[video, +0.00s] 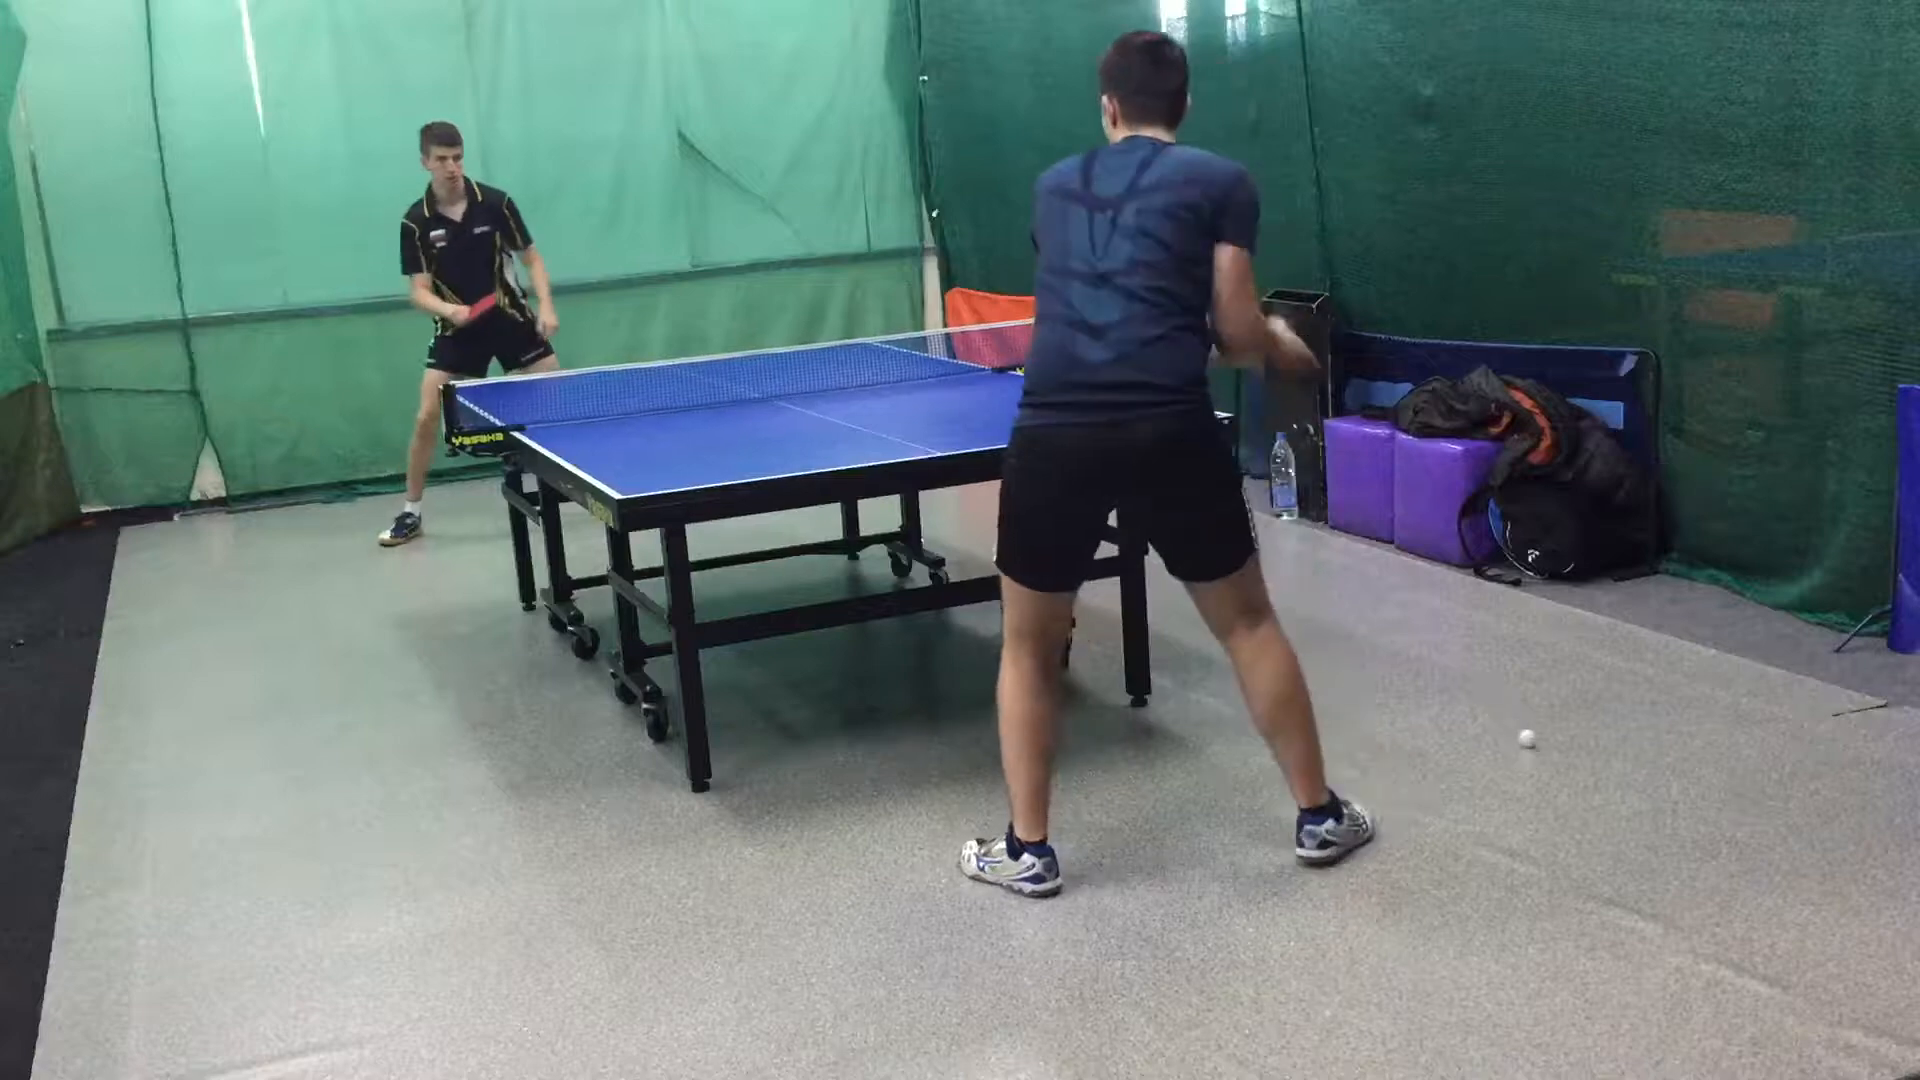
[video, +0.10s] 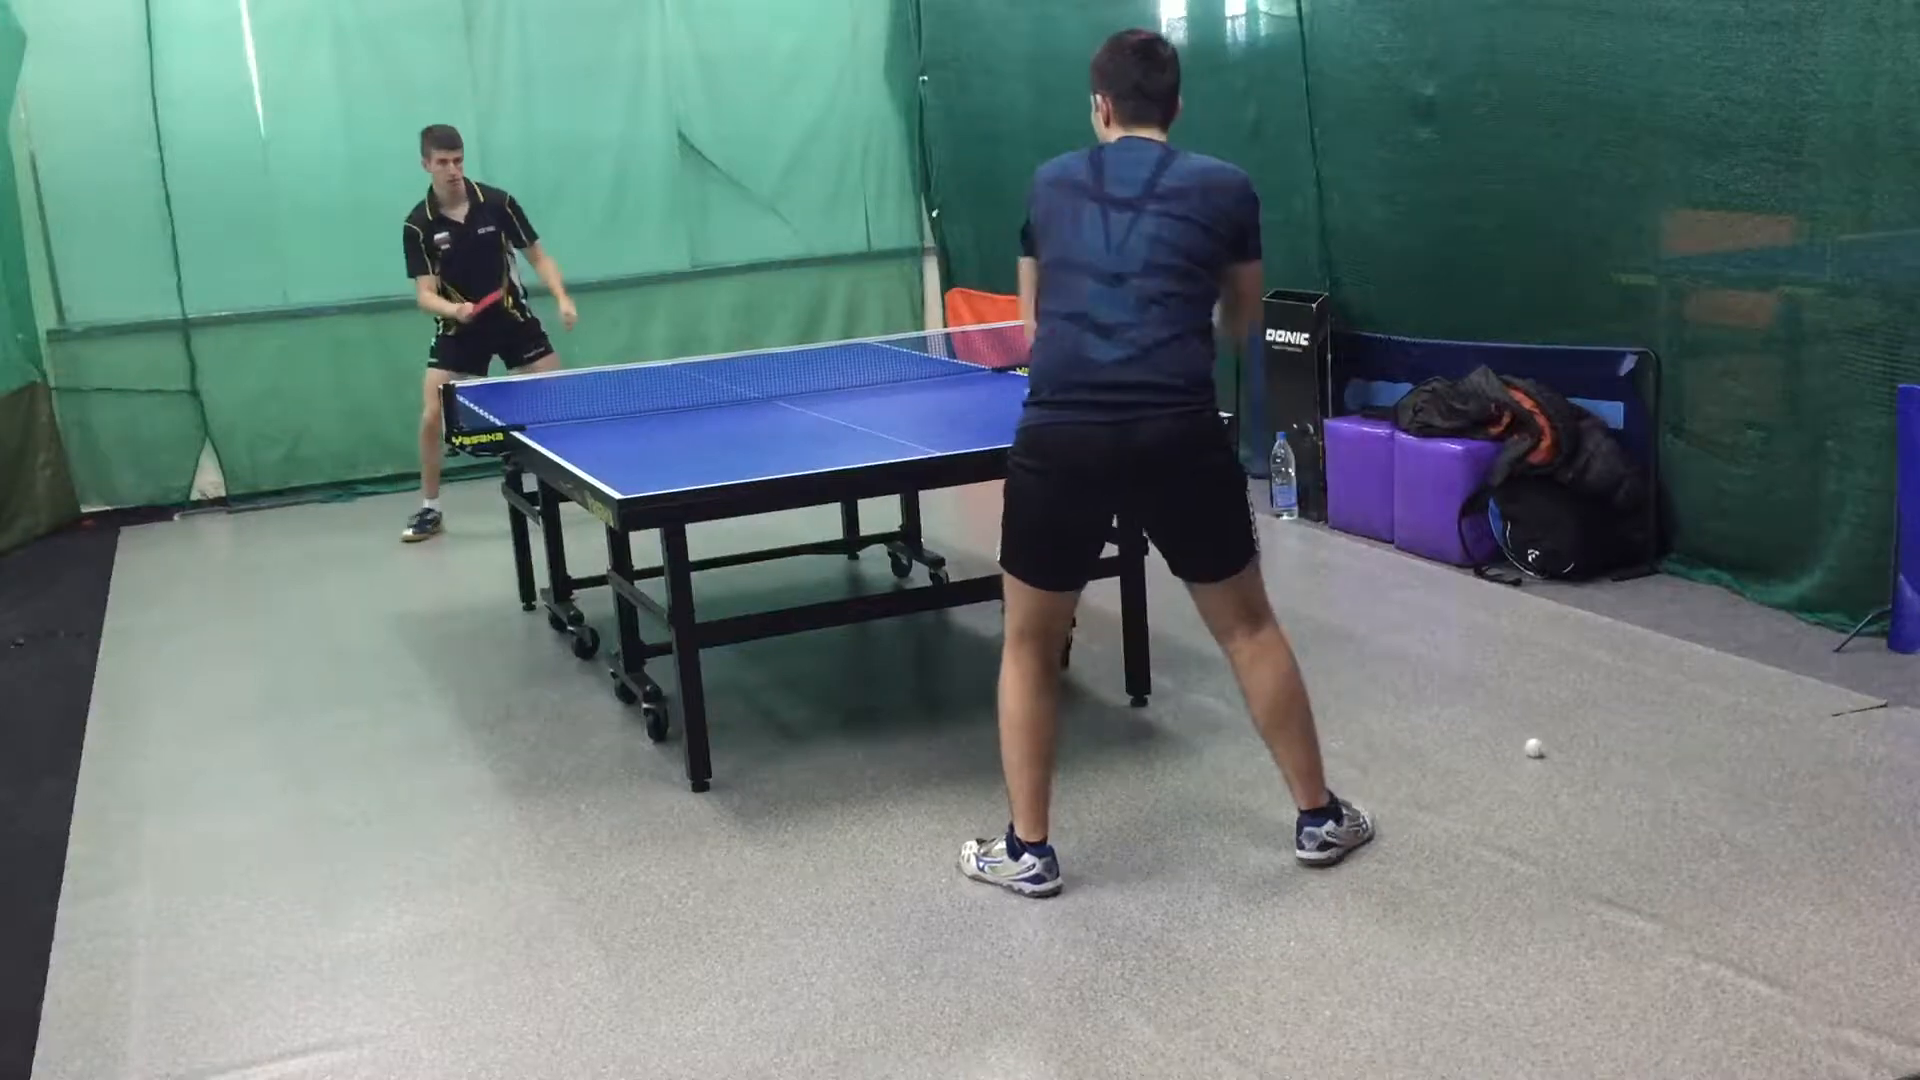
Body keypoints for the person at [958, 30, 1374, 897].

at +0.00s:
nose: (1118, 113)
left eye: (1109, 99)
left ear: (1106, 105)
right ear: (1187, 107)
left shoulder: (1055, 184)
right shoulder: (1220, 181)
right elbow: (1236, 332)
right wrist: (1285, 349)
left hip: (1053, 448)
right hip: (1170, 442)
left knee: (1029, 648)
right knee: (1248, 624)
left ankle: (1029, 848)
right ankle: (1317, 813)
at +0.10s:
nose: (1099, 110)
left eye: (1096, 100)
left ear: (1100, 105)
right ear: (1178, 107)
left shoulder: (1052, 182)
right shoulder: (1225, 188)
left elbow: (1035, 324)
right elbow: (1241, 322)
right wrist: (1185, 299)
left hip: (1059, 451)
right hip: (1177, 446)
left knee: (1030, 645)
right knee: (1250, 628)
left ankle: (1029, 848)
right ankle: (1317, 816)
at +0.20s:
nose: (1080, 110)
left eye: (1081, 97)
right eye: (1088, 98)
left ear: (1089, 105)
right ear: (1166, 107)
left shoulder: (1050, 177)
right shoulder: (1219, 185)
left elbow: (994, 310)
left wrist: (1042, 379)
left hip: (1074, 442)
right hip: (1192, 435)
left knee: (1030, 646)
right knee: (1252, 626)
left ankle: (1028, 848)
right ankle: (1318, 813)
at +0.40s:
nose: (1064, 125)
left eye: (1064, 114)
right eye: (1070, 113)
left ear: (1078, 117)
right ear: (1149, 118)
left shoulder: (1054, 184)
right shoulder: (1203, 194)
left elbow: (989, 309)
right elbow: (1193, 305)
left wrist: (1017, 388)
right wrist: (1096, 364)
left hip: (1097, 448)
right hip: (1210, 439)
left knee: (1024, 645)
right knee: (1261, 615)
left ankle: (1029, 847)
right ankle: (1344, 786)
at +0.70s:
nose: (1112, 144)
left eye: (1113, 134)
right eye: (1117, 132)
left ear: (1125, 139)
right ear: (1196, 140)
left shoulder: (1094, 207)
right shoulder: (1252, 216)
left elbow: (1034, 326)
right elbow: (1271, 347)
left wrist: (1087, 332)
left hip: (1135, 451)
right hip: (1248, 447)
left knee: (1038, 624)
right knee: (1281, 611)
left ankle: (1026, 826)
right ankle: (1351, 791)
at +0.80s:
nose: (1128, 141)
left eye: (1128, 130)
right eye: (1134, 129)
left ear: (1138, 135)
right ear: (1209, 136)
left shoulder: (1098, 204)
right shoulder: (1263, 215)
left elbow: (1030, 319)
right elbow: (1291, 357)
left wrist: (1096, 331)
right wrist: (1314, 403)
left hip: (1124, 448)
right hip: (1239, 447)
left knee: (1036, 623)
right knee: (1289, 610)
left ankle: (1021, 825)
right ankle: (1351, 792)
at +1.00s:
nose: (1149, 179)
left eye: (1149, 170)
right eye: (1159, 170)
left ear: (1158, 177)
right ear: (1230, 182)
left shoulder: (1104, 240)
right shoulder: (1264, 252)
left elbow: (1028, 353)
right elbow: (1304, 403)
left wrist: (1105, 377)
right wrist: (1365, 419)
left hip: (1102, 485)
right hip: (1224, 485)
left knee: (1026, 646)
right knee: (1298, 611)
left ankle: (1024, 841)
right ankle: (1348, 790)